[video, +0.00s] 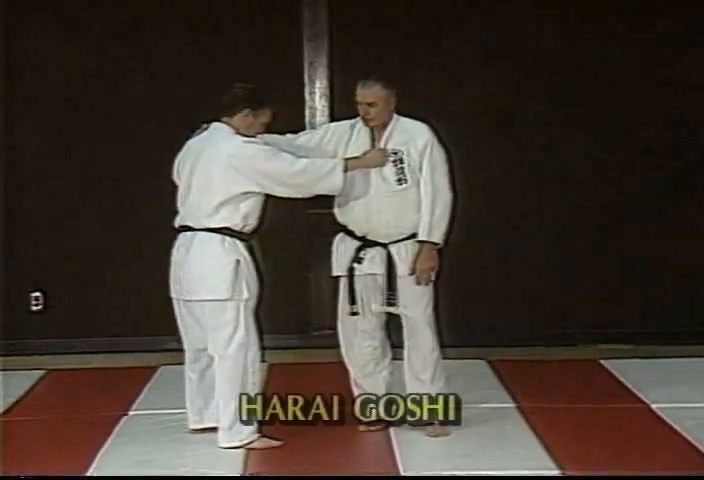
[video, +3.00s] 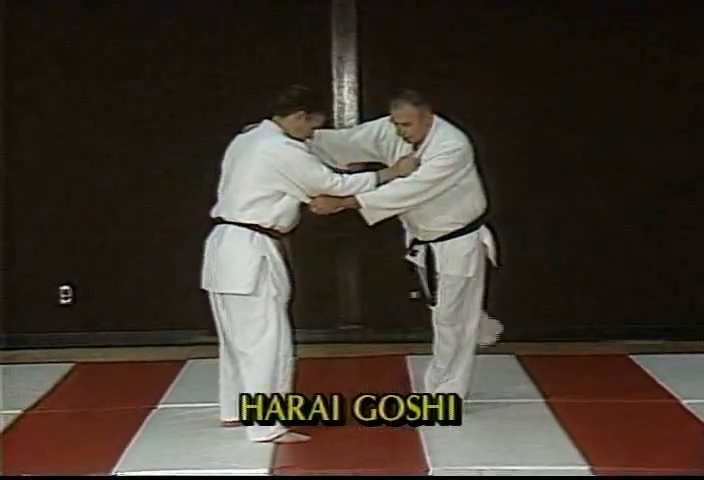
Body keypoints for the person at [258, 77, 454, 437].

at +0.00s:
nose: (365, 112)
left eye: (372, 106)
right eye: (360, 106)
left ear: (391, 102)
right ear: (355, 104)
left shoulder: (419, 137)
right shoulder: (344, 133)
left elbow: (438, 193)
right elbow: (295, 144)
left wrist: (429, 246)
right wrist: (243, 140)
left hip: (408, 247)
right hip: (357, 247)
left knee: (419, 327)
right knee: (360, 327)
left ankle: (429, 408)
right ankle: (372, 407)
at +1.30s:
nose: (363, 116)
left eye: (369, 109)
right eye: (358, 110)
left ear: (389, 105)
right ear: (354, 109)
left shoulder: (415, 137)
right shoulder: (345, 133)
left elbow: (430, 196)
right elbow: (294, 142)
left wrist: (392, 236)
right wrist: (242, 142)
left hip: (410, 244)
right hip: (358, 244)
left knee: (420, 324)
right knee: (360, 325)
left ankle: (433, 407)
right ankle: (373, 404)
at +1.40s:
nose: (367, 115)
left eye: (373, 107)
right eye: (362, 108)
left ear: (393, 104)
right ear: (358, 108)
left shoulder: (416, 137)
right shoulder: (349, 132)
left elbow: (417, 205)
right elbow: (299, 137)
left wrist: (363, 224)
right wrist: (245, 132)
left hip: (409, 246)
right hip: (359, 246)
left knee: (422, 330)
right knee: (361, 328)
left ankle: (434, 410)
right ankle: (374, 407)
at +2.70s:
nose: (400, 132)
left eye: (405, 124)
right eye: (395, 125)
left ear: (425, 115)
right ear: (390, 121)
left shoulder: (450, 144)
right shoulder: (387, 132)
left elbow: (414, 187)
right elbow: (340, 141)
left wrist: (347, 201)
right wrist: (290, 138)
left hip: (454, 245)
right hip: (412, 243)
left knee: (449, 329)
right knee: (412, 327)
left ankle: (443, 407)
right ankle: (419, 401)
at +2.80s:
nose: (400, 131)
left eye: (406, 124)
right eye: (395, 124)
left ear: (426, 116)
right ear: (391, 120)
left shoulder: (451, 146)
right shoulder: (386, 133)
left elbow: (412, 189)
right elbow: (341, 141)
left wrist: (346, 202)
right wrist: (291, 138)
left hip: (457, 243)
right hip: (419, 243)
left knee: (452, 325)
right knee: (429, 323)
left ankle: (447, 398)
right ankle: (436, 390)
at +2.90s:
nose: (401, 132)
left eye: (407, 124)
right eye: (396, 124)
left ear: (427, 116)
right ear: (392, 120)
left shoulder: (451, 146)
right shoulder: (388, 132)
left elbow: (412, 190)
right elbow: (343, 140)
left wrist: (344, 202)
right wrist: (294, 136)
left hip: (456, 242)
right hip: (422, 239)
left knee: (450, 322)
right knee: (437, 303)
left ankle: (441, 396)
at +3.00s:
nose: (402, 132)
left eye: (408, 125)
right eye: (397, 125)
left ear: (428, 117)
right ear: (392, 121)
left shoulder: (451, 146)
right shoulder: (390, 132)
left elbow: (413, 189)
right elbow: (345, 140)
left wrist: (345, 203)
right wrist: (294, 135)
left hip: (458, 242)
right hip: (422, 239)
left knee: (449, 321)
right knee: (440, 300)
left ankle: (443, 394)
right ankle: (485, 329)